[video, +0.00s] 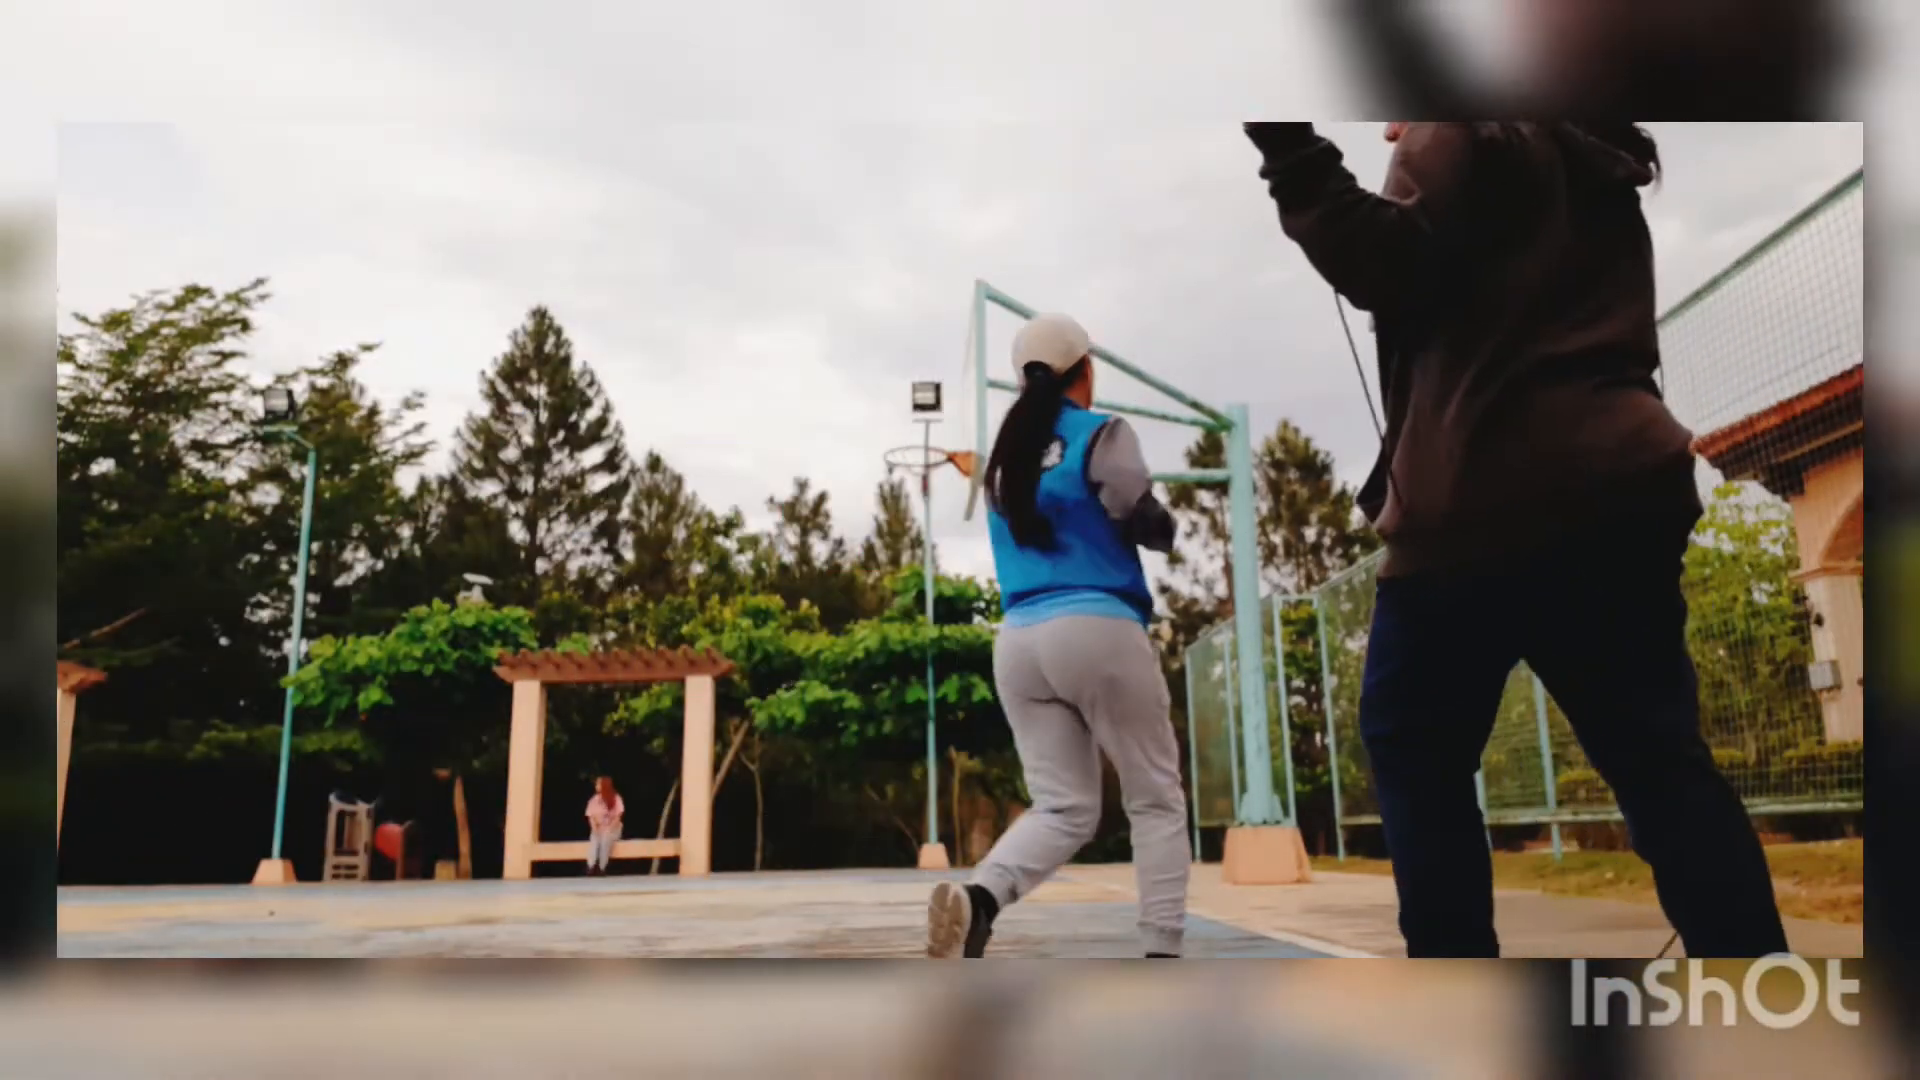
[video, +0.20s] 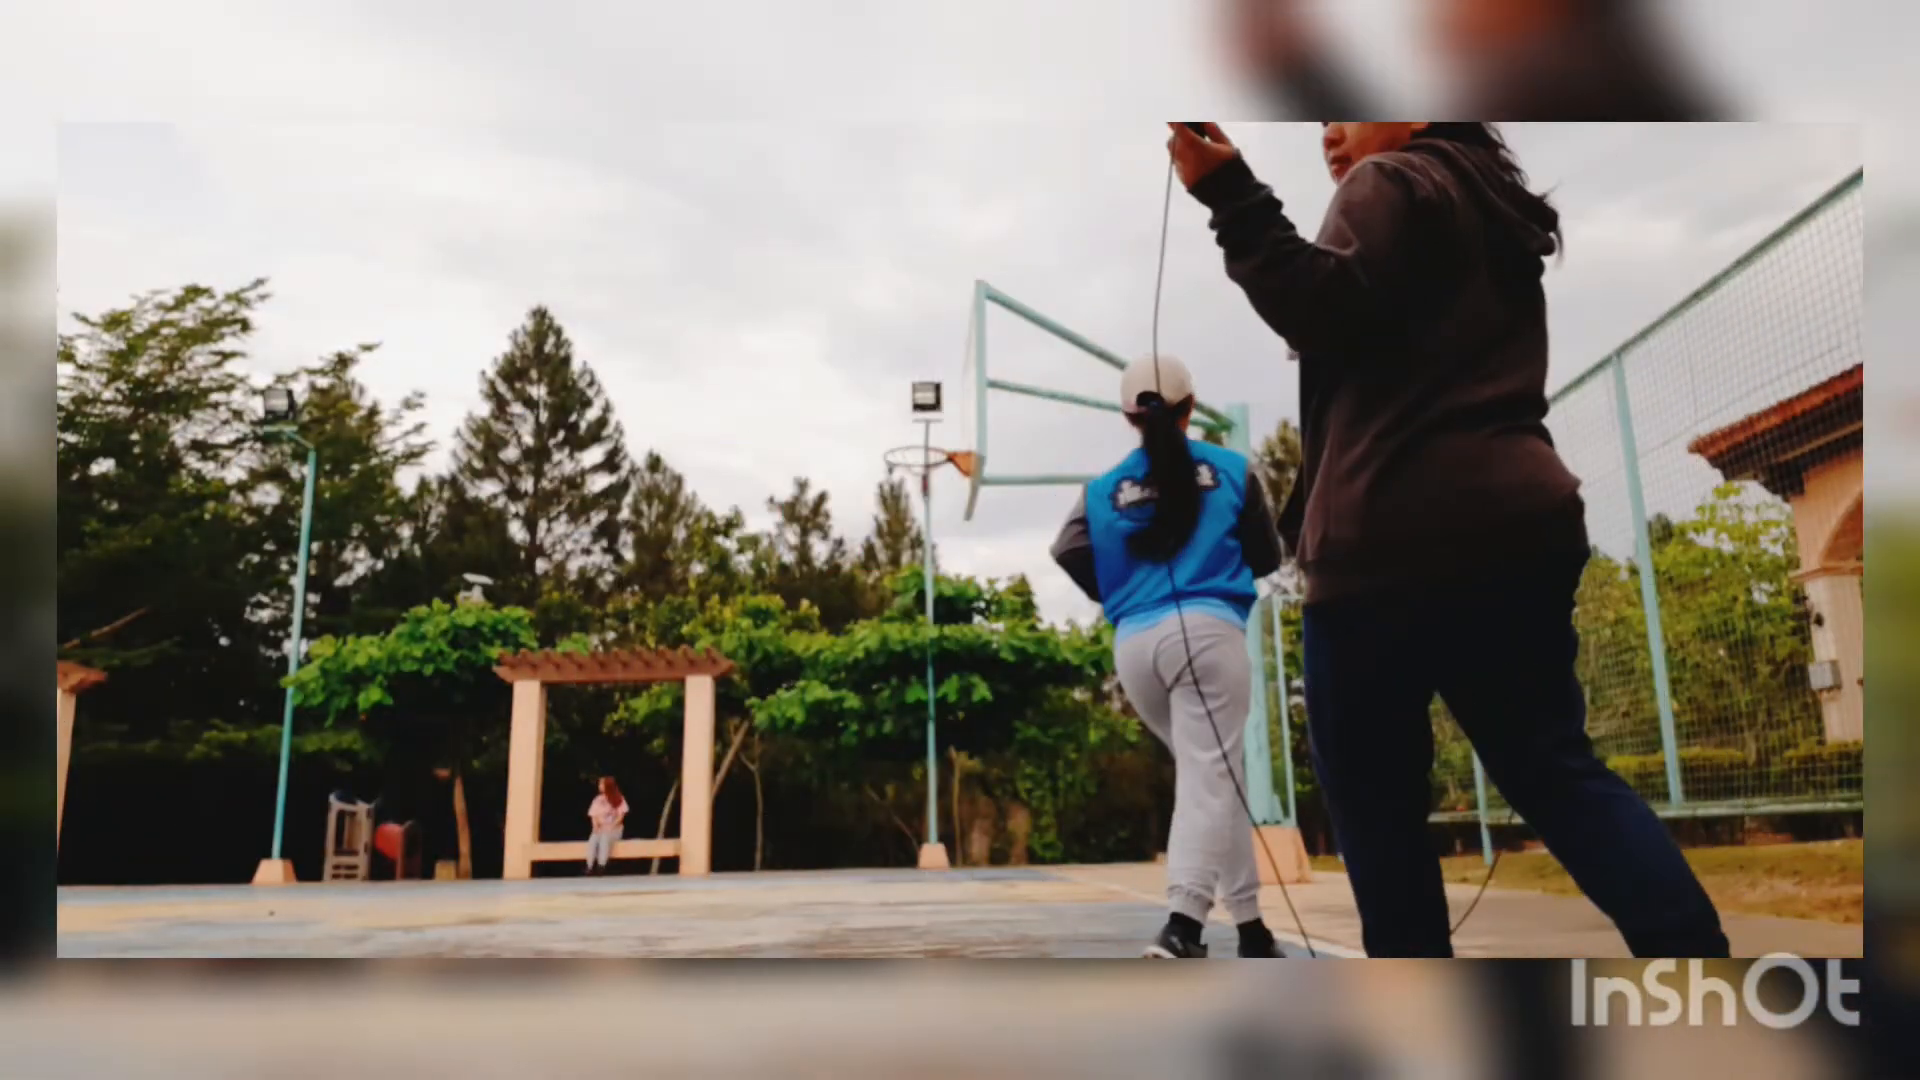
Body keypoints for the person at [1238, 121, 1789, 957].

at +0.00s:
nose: (1394, 103)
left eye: (1403, 82)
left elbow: (1393, 268)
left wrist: (1290, 146)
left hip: (1470, 506)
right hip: (1622, 485)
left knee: (1415, 748)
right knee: (1660, 758)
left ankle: (1455, 992)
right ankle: (1758, 991)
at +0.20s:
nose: (1330, 143)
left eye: (1342, 120)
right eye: (1328, 125)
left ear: (1398, 113)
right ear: (1430, 118)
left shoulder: (1383, 188)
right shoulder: (1492, 197)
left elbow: (1323, 315)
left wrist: (1229, 193)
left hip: (1380, 540)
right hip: (1519, 519)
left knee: (1374, 804)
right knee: (1551, 766)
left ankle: (1417, 1004)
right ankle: (1699, 966)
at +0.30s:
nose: (1296, 138)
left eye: (1317, 116)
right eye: (1292, 125)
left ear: (1380, 123)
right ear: (1393, 137)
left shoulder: (1348, 202)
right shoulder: (1437, 217)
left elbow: (1289, 332)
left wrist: (1191, 229)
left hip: (1343, 531)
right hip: (1453, 519)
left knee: (1350, 796)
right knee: (1430, 766)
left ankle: (1415, 1001)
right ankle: (1600, 928)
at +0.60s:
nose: (1233, 166)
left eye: (1255, 147)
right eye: (1223, 154)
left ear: (1309, 164)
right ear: (1212, 169)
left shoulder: (1290, 232)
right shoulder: (1294, 237)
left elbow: (1245, 340)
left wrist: (1141, 244)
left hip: (1297, 552)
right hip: (1287, 553)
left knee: (1321, 772)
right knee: (1256, 771)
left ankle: (1413, 974)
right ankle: (1294, 970)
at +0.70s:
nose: (1197, 197)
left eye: (1221, 179)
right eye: (1187, 184)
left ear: (1271, 197)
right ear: (1181, 201)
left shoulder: (1259, 262)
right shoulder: (1230, 279)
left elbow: (1227, 357)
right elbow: (1229, 403)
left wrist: (1138, 263)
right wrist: (1151, 409)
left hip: (1253, 580)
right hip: (1216, 583)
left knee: (1300, 788)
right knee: (1207, 793)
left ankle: (1410, 972)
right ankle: (1219, 975)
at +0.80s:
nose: (1176, 213)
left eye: (1198, 196)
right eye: (1165, 200)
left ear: (1246, 214)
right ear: (1154, 215)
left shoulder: (1237, 279)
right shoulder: (1194, 300)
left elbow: (1231, 377)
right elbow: (1178, 443)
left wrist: (1142, 290)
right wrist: (1094, 444)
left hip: (1224, 584)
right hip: (1175, 589)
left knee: (1255, 786)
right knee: (1166, 785)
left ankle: (1386, 956)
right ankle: (1210, 961)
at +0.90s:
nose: (1154, 222)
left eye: (1176, 206)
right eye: (1143, 210)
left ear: (1218, 224)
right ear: (1131, 227)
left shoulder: (1224, 292)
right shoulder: (1161, 316)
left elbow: (1238, 381)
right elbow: (1136, 470)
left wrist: (1151, 320)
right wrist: (1035, 466)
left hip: (1202, 584)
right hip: (1156, 585)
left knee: (1189, 784)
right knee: (1149, 788)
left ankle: (1355, 949)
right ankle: (1207, 964)